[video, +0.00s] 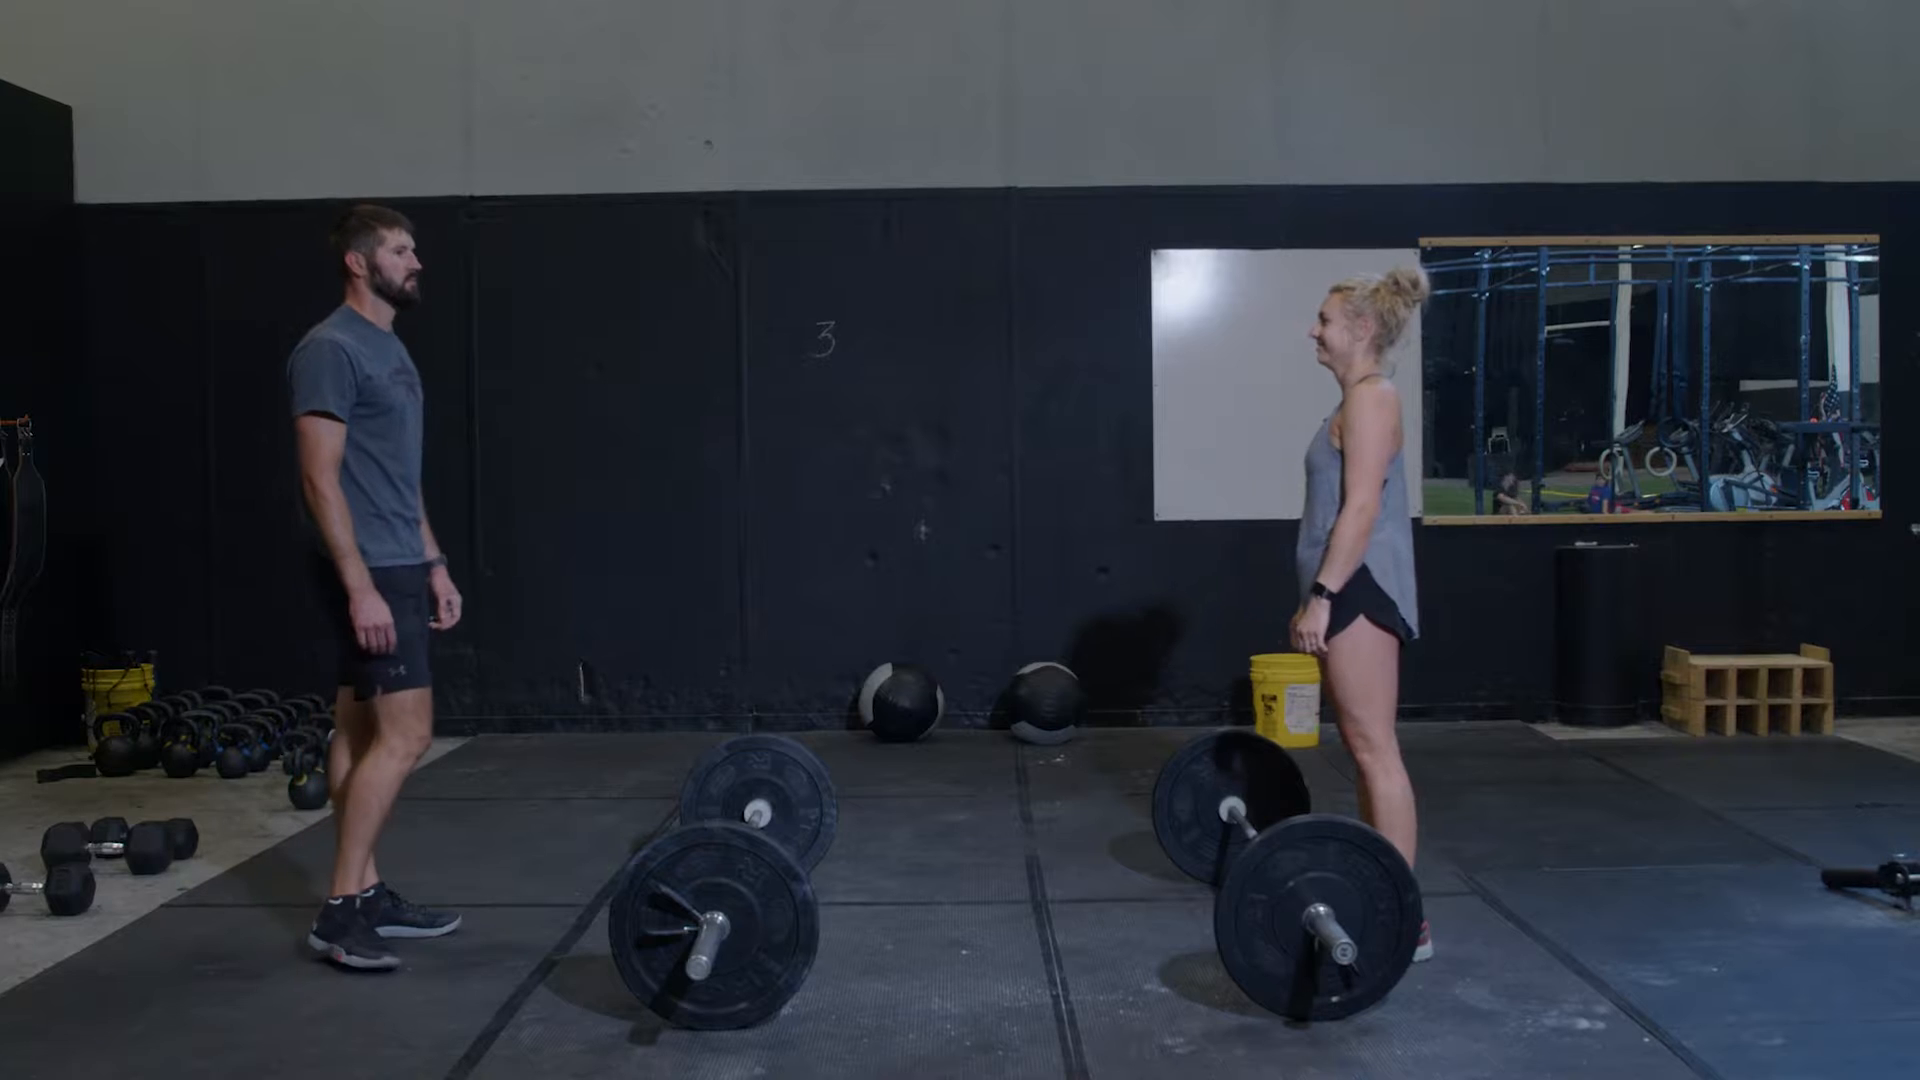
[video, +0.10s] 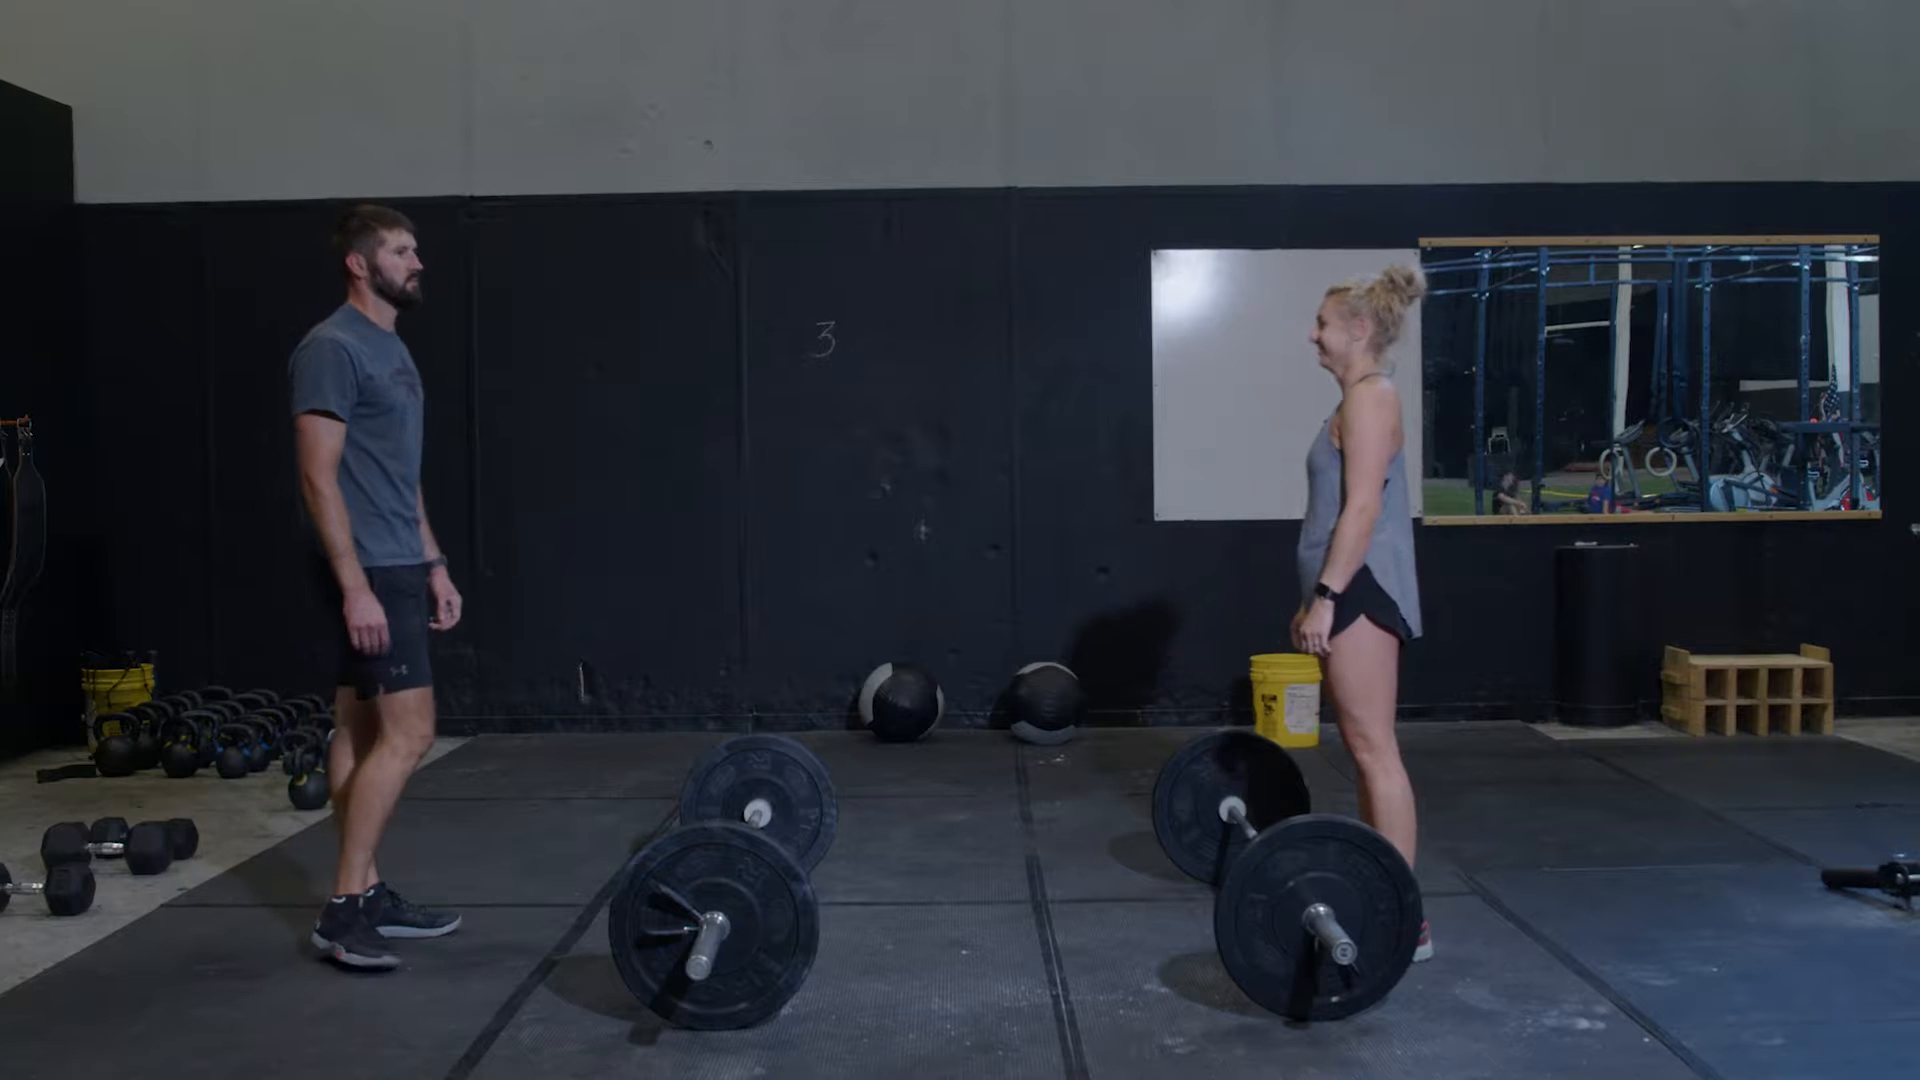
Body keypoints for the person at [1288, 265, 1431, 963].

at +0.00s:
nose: (1315, 330)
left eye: (1326, 320)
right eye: (1319, 319)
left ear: (1362, 331)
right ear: (1359, 332)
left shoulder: (1371, 398)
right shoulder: (1357, 400)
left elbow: (1362, 508)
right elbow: (1351, 510)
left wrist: (1322, 595)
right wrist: (1318, 596)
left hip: (1363, 594)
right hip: (1348, 593)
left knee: (1374, 749)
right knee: (1365, 749)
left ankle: (1399, 912)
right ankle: (1384, 904)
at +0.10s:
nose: (1314, 334)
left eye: (1324, 324)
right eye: (1317, 323)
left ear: (1360, 331)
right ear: (1359, 333)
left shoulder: (1370, 397)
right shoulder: (1357, 400)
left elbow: (1363, 508)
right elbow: (1348, 511)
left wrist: (1325, 594)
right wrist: (1316, 598)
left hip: (1364, 593)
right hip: (1349, 592)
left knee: (1374, 750)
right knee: (1366, 749)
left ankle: (1399, 912)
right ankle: (1384, 905)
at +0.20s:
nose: (1314, 336)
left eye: (1323, 325)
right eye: (1316, 325)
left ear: (1358, 331)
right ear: (1358, 334)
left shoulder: (1370, 397)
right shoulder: (1358, 399)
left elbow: (1363, 508)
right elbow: (1348, 511)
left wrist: (1326, 594)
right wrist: (1316, 598)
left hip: (1364, 593)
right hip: (1350, 592)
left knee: (1373, 748)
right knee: (1364, 747)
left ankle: (1399, 911)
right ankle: (1382, 902)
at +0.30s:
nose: (1315, 341)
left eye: (1322, 329)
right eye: (1316, 330)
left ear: (1356, 331)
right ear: (1355, 334)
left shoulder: (1372, 397)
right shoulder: (1360, 399)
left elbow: (1363, 507)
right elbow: (1351, 510)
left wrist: (1325, 594)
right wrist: (1318, 595)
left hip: (1365, 592)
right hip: (1353, 590)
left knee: (1373, 750)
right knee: (1368, 749)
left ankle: (1399, 913)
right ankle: (1389, 906)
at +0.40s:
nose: (1316, 345)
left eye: (1322, 333)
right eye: (1316, 334)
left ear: (1355, 333)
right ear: (1355, 336)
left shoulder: (1372, 398)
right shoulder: (1362, 400)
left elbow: (1363, 507)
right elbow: (1353, 510)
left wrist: (1325, 593)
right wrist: (1319, 595)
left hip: (1365, 591)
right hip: (1355, 590)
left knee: (1373, 750)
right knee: (1369, 749)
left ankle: (1400, 913)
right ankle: (1389, 906)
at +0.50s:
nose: (1316, 348)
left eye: (1323, 335)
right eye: (1317, 336)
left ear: (1357, 333)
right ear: (1354, 339)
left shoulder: (1375, 398)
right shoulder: (1364, 401)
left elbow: (1365, 507)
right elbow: (1358, 509)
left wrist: (1326, 593)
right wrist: (1323, 592)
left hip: (1366, 591)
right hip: (1355, 590)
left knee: (1373, 749)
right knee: (1369, 749)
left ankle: (1399, 913)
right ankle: (1388, 905)